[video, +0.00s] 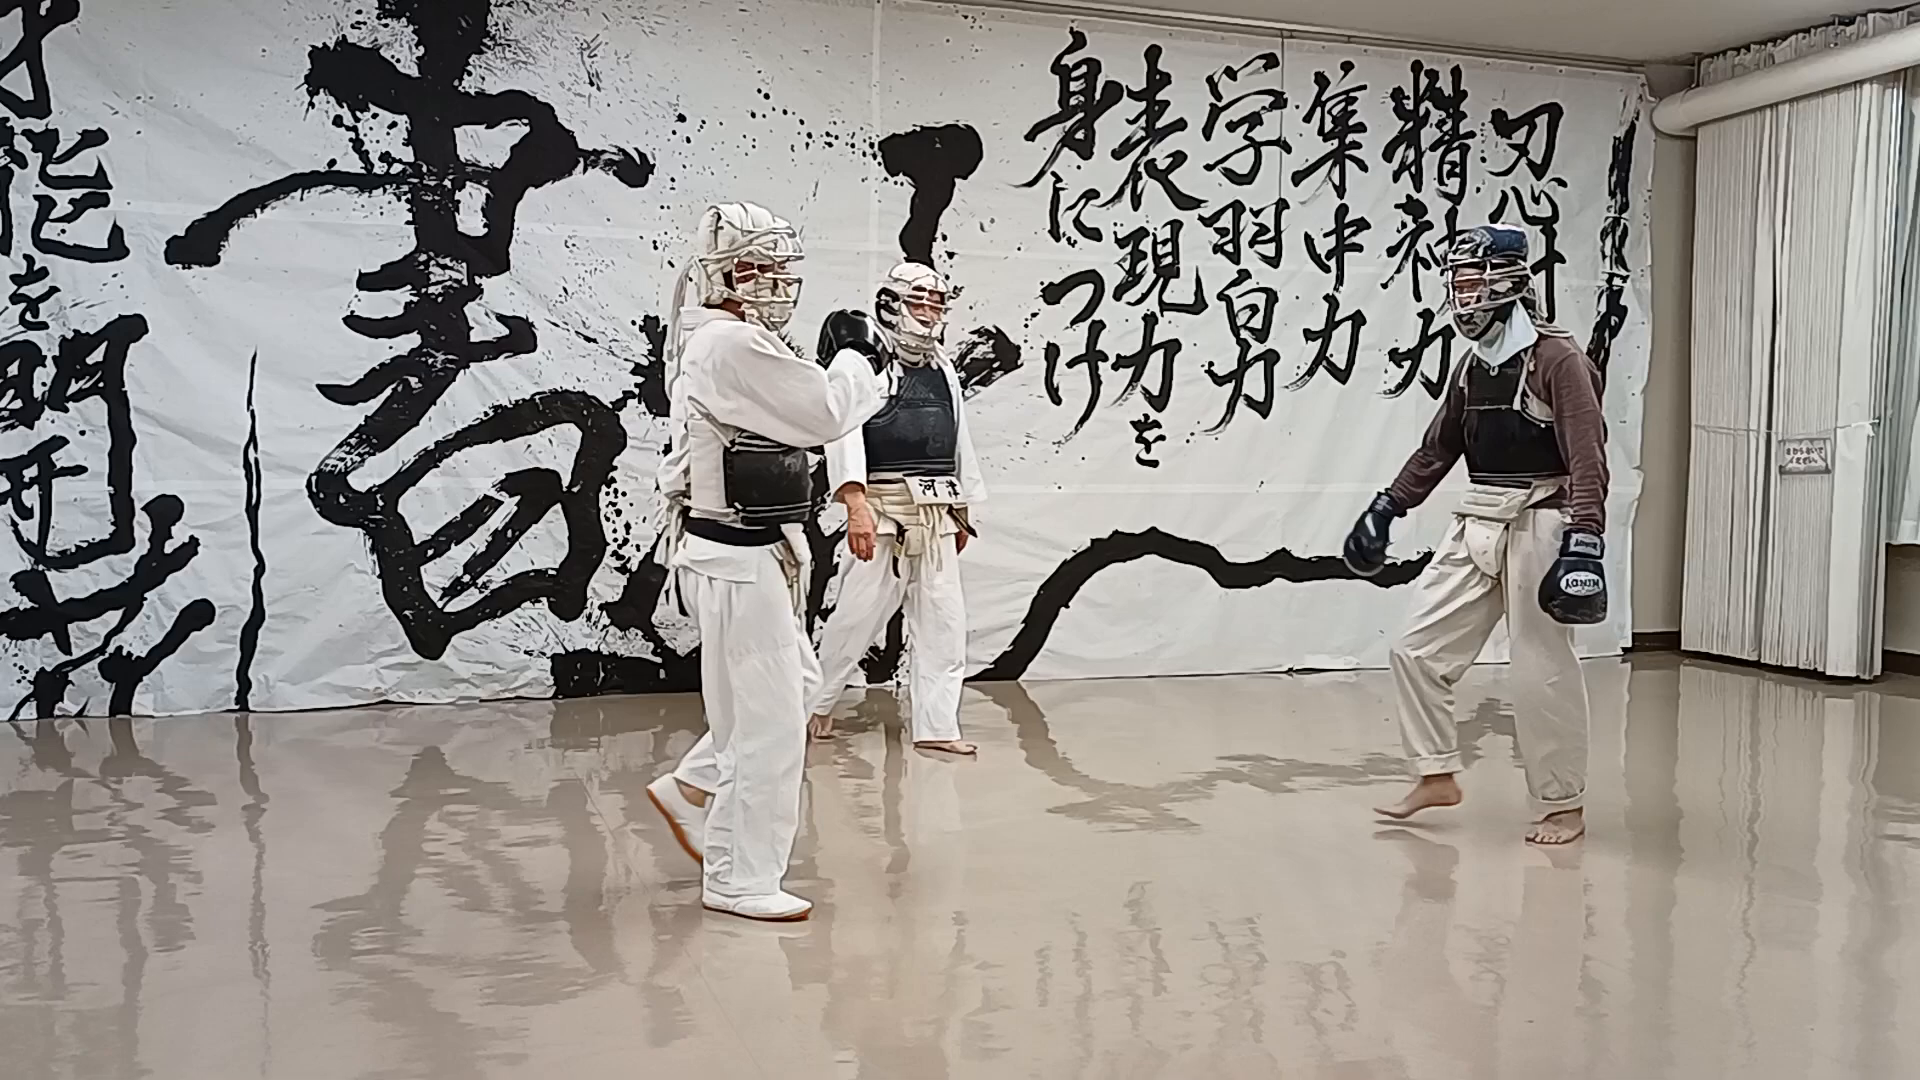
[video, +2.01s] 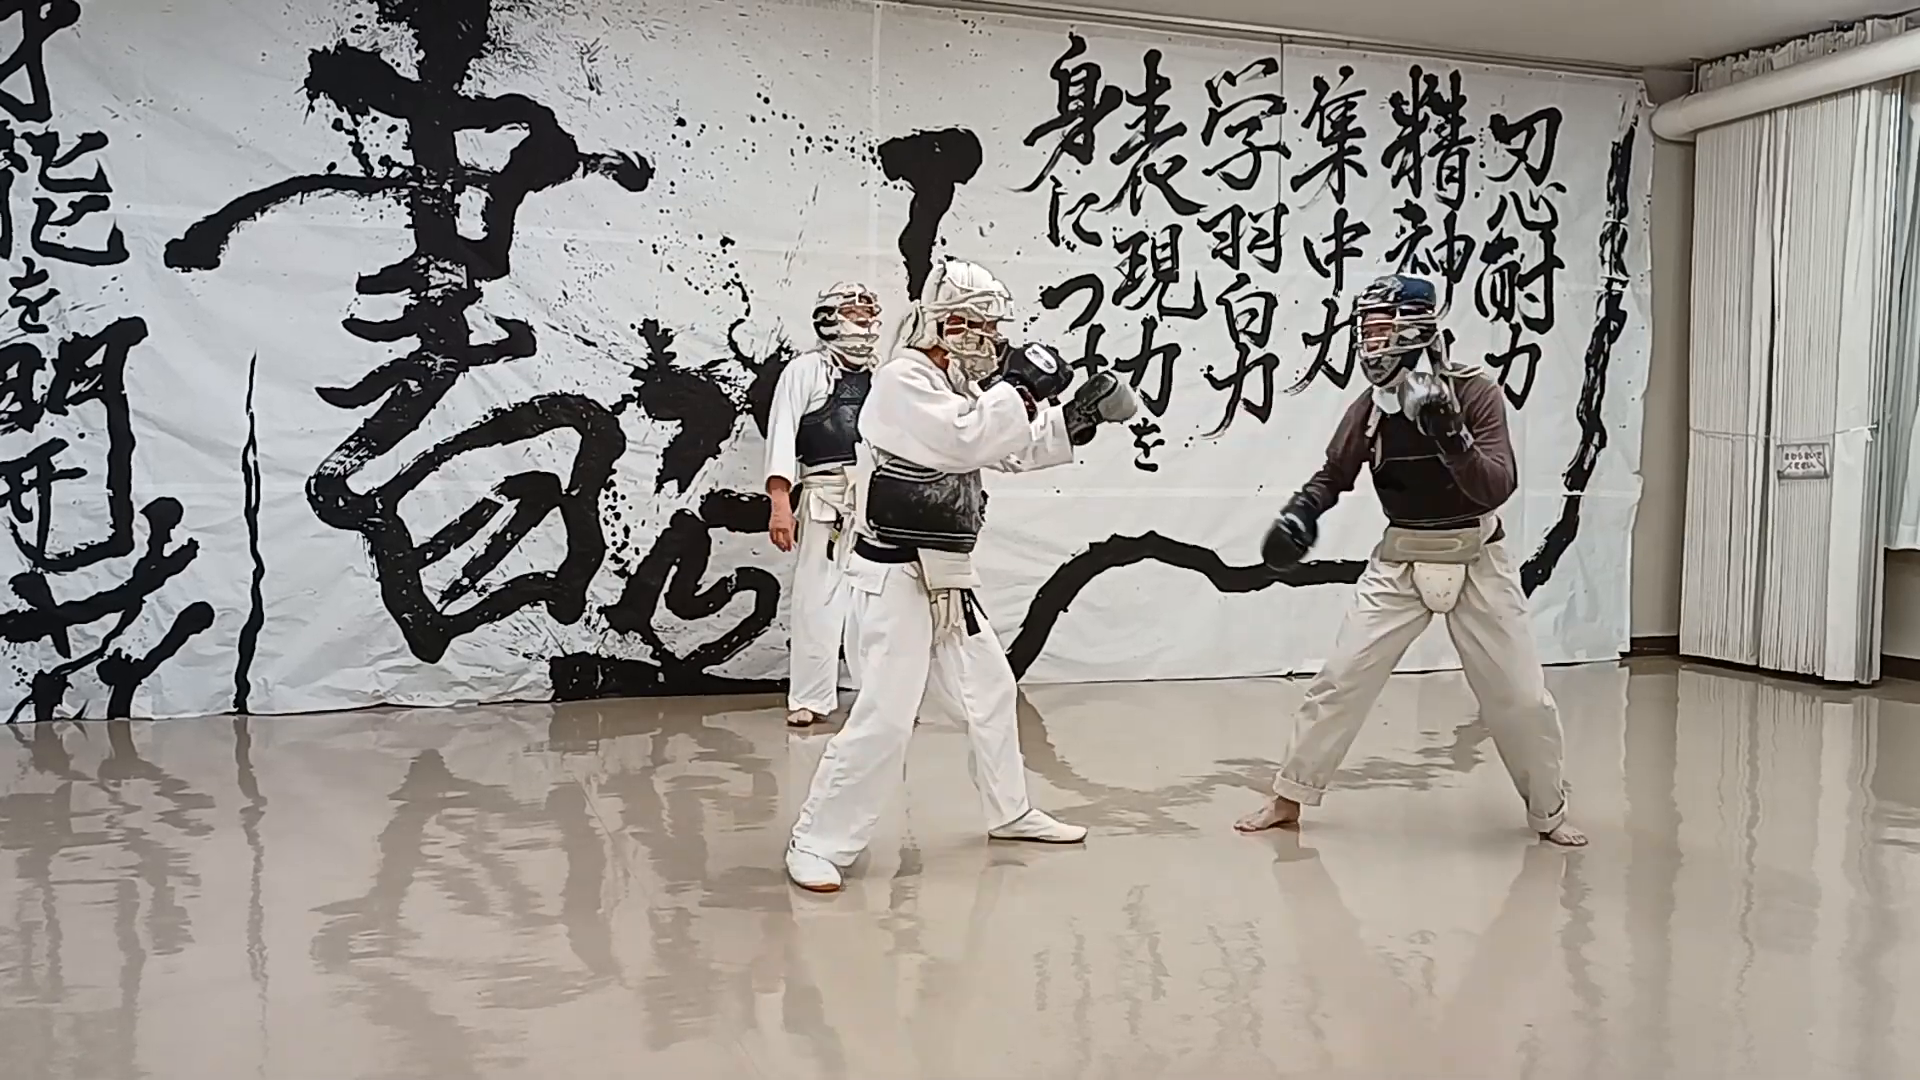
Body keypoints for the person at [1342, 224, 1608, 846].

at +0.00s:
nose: (1462, 293)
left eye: (1474, 281)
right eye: (1457, 282)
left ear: (1511, 284)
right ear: (1453, 286)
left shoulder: (1557, 359)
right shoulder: (1473, 367)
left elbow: (1587, 455)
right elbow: (1436, 450)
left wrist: (1585, 542)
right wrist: (1384, 508)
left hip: (1542, 523)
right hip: (1478, 522)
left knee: (1541, 666)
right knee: (1416, 650)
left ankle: (1563, 806)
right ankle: (1436, 777)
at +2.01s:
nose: (1368, 342)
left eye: (1379, 330)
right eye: (1364, 331)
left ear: (1416, 329)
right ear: (1363, 333)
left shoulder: (1476, 394)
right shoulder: (1369, 409)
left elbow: (1496, 487)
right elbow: (1332, 477)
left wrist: (1450, 434)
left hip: (1479, 563)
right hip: (1399, 564)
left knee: (1524, 700)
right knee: (1338, 682)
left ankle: (1548, 813)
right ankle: (1286, 802)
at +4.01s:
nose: (1449, 353)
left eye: (1460, 340)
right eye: (1446, 340)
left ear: (1497, 338)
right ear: (1456, 340)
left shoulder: (1567, 401)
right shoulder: (1474, 412)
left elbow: (1607, 496)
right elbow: (1475, 501)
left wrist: (1518, 497)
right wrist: (1442, 565)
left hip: (1581, 572)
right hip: (1499, 571)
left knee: (1615, 715)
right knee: (1428, 687)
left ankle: (1660, 840)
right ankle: (1378, 803)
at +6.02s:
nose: (1511, 312)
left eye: (1520, 296)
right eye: (1510, 297)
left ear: (1558, 296)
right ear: (1556, 298)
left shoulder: (1635, 353)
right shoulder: (1569, 379)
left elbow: (1613, 466)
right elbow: (1598, 492)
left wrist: (1522, 421)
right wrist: (1531, 544)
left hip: (1670, 549)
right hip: (1600, 551)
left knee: (1671, 741)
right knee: (1543, 704)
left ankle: (1738, 930)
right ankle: (1539, 853)